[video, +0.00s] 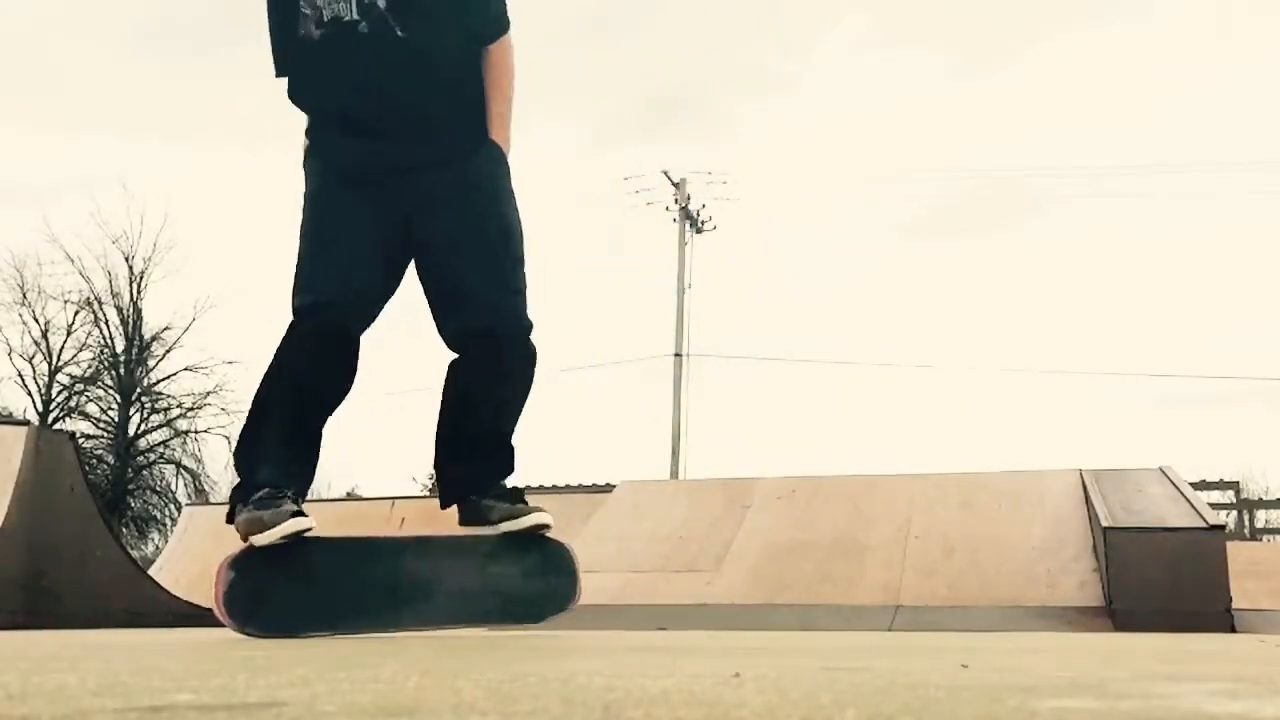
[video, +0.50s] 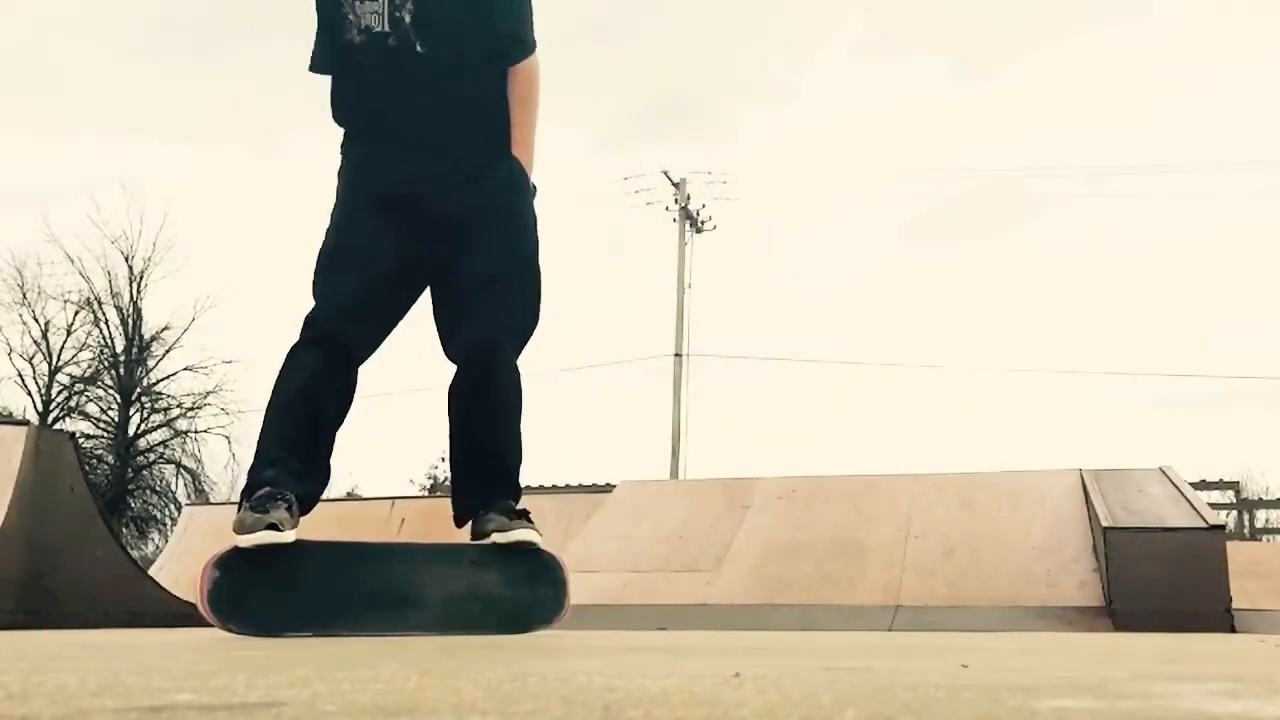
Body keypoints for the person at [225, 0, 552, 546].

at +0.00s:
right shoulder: (290, 7)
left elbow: (495, 38)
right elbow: (302, 78)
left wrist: (495, 150)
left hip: (460, 162)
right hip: (350, 171)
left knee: (497, 333)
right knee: (324, 324)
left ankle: (479, 487)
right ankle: (264, 490)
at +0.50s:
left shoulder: (503, 6)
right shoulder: (338, 6)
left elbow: (521, 57)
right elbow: (345, 82)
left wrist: (519, 168)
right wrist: (360, 169)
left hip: (483, 177)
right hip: (378, 178)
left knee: (490, 350)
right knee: (331, 334)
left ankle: (494, 507)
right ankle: (273, 493)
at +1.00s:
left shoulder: (480, 6)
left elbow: (469, 75)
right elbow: (287, 51)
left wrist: (466, 175)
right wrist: (292, 154)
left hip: (432, 156)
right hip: (324, 153)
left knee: (473, 314)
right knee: (286, 316)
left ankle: (484, 481)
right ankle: (259, 492)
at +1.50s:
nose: (534, 28)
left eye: (550, 20)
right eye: (532, 8)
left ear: (555, 19)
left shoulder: (499, 67)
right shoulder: (376, 12)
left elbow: (430, 158)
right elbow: (287, 71)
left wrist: (413, 237)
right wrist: (307, 192)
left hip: (392, 221)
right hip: (315, 196)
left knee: (449, 387)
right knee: (366, 335)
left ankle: (362, 543)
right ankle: (281, 530)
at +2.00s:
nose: (595, 63)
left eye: (608, 61)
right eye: (605, 46)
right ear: (586, 6)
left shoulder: (495, 68)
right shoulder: (476, 9)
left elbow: (410, 134)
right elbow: (366, 28)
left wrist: (394, 196)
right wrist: (346, 156)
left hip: (383, 194)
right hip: (322, 165)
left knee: (410, 371)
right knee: (348, 331)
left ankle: (342, 541)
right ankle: (256, 526)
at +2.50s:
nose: (583, 34)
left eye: (592, 31)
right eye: (594, 22)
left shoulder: (432, 8)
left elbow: (377, 94)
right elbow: (527, 53)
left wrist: (386, 171)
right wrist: (540, 171)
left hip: (385, 168)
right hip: (473, 163)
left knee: (399, 364)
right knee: (534, 345)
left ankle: (344, 522)